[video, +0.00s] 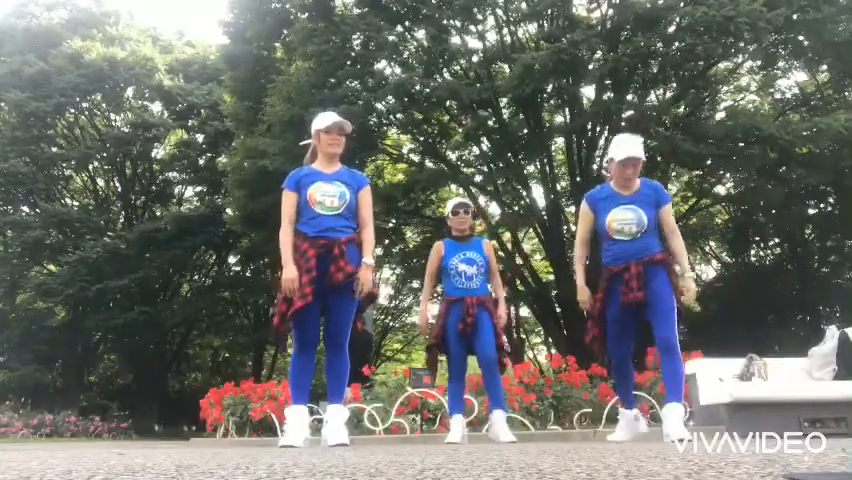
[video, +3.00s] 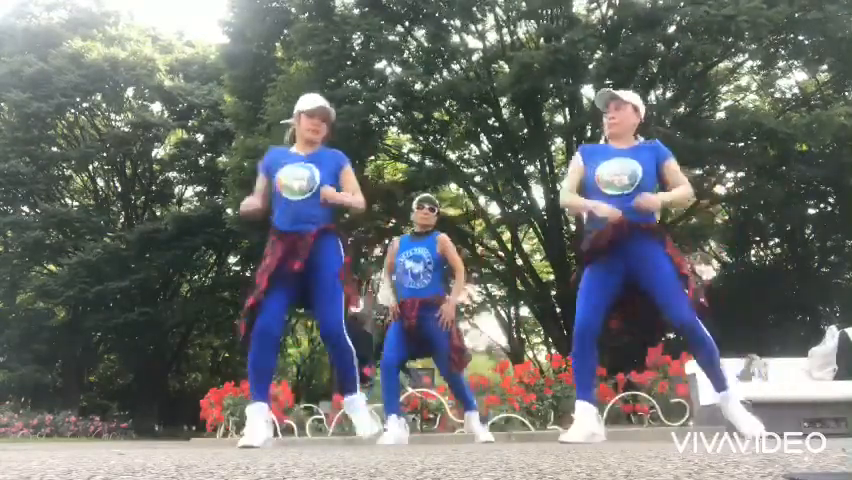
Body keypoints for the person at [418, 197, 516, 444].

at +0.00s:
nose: (461, 218)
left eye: (466, 214)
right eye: (456, 214)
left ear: (472, 218)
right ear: (448, 219)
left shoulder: (485, 246)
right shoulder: (441, 247)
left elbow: (496, 279)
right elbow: (430, 281)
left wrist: (501, 305)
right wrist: (423, 309)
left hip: (483, 306)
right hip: (454, 307)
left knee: (489, 358)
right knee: (456, 365)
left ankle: (498, 419)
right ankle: (456, 422)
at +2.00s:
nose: (468, 216)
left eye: (473, 213)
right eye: (463, 213)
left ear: (479, 219)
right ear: (455, 217)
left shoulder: (489, 246)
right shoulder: (444, 245)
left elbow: (496, 277)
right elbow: (433, 276)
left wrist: (497, 303)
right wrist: (431, 302)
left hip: (482, 306)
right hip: (454, 306)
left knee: (488, 361)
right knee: (452, 362)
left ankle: (498, 420)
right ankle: (449, 420)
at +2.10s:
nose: (470, 215)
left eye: (475, 211)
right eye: (465, 211)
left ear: (480, 218)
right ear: (456, 217)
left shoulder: (489, 243)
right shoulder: (446, 244)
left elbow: (504, 270)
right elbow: (437, 276)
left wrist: (492, 294)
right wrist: (436, 300)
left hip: (483, 306)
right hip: (455, 306)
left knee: (488, 362)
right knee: (454, 363)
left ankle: (498, 419)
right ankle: (448, 418)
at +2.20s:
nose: (469, 217)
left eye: (473, 214)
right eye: (464, 213)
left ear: (479, 219)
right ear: (455, 217)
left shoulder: (487, 242)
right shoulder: (444, 246)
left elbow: (501, 257)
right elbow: (436, 278)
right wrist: (439, 302)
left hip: (483, 307)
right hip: (454, 307)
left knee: (490, 362)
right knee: (449, 358)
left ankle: (498, 419)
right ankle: (440, 415)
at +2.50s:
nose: (455, 216)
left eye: (460, 212)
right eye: (451, 212)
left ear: (467, 216)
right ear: (444, 215)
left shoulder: (476, 243)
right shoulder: (431, 244)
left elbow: (486, 273)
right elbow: (417, 272)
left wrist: (491, 293)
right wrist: (419, 297)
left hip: (468, 305)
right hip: (439, 305)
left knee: (471, 363)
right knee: (436, 364)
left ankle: (480, 420)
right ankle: (431, 421)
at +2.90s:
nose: (429, 224)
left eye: (435, 222)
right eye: (425, 220)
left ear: (440, 228)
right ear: (417, 225)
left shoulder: (445, 253)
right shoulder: (410, 258)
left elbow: (467, 279)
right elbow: (408, 289)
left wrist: (460, 315)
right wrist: (408, 314)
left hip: (447, 321)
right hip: (421, 323)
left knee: (460, 369)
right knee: (400, 360)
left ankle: (481, 419)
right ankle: (397, 418)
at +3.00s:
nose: (425, 212)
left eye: (431, 209)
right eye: (421, 208)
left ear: (436, 216)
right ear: (413, 213)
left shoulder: (441, 240)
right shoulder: (396, 244)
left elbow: (460, 271)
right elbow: (386, 276)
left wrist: (452, 302)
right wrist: (389, 299)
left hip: (434, 309)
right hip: (404, 311)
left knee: (448, 366)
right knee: (388, 363)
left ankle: (473, 417)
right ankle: (395, 424)